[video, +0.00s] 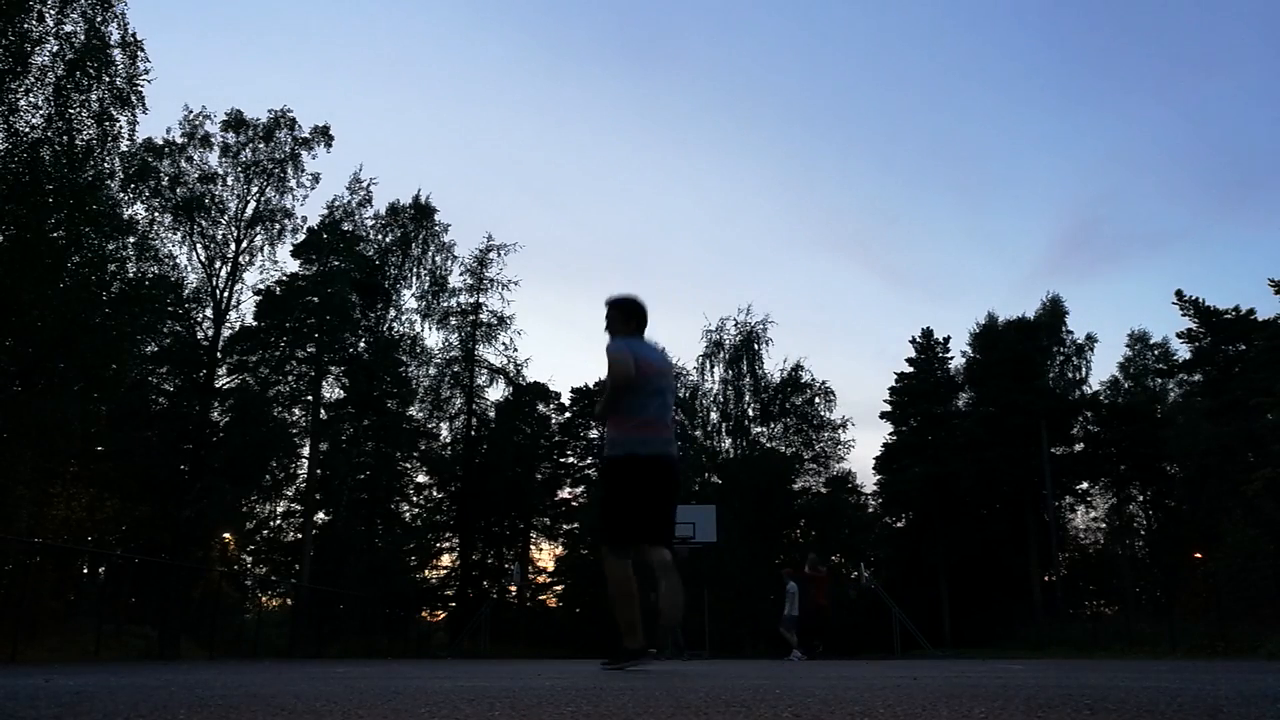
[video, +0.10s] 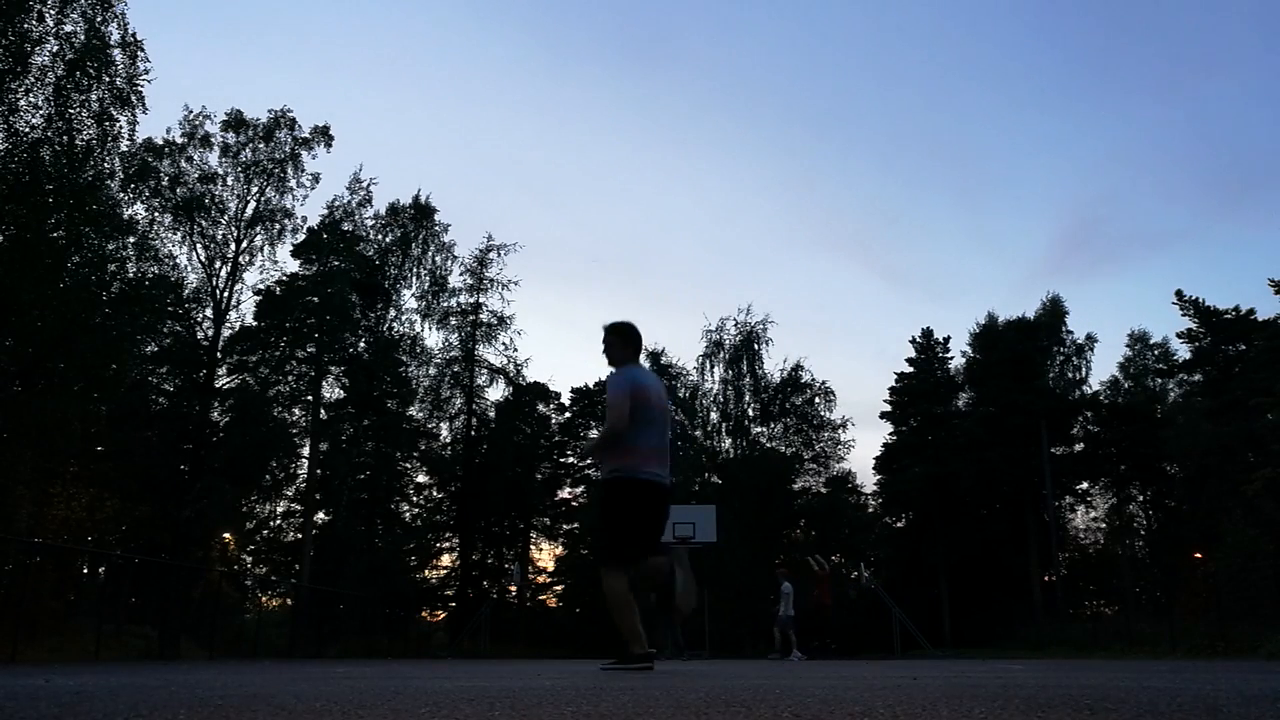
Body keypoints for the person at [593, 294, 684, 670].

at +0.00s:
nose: (606, 325)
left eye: (609, 319)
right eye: (607, 318)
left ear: (620, 320)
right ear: (641, 321)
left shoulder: (618, 346)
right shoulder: (659, 356)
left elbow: (622, 377)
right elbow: (664, 406)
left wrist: (601, 409)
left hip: (626, 465)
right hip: (662, 466)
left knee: (616, 550)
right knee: (657, 548)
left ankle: (632, 645)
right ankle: (672, 639)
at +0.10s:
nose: (603, 351)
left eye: (607, 344)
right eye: (604, 344)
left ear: (621, 346)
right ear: (636, 347)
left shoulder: (620, 379)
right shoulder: (655, 383)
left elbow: (616, 425)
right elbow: (661, 432)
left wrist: (592, 448)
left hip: (625, 485)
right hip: (655, 486)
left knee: (613, 568)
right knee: (636, 563)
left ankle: (637, 651)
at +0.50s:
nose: (620, 386)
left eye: (626, 380)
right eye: (618, 380)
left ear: (640, 384)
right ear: (616, 383)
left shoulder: (653, 413)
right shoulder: (620, 418)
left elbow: (663, 452)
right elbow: (617, 457)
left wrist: (627, 446)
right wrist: (596, 484)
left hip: (649, 499)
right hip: (625, 499)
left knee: (624, 557)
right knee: (623, 567)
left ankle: (662, 628)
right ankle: (635, 650)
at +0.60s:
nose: (629, 392)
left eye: (636, 387)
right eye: (627, 387)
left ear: (648, 391)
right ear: (623, 391)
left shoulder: (660, 420)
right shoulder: (621, 424)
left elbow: (672, 457)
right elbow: (613, 464)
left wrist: (635, 451)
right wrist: (588, 484)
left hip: (652, 507)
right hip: (624, 506)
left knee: (635, 569)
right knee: (619, 575)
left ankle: (672, 637)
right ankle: (634, 652)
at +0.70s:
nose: (640, 388)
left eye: (645, 383)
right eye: (636, 383)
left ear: (656, 386)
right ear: (631, 387)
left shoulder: (667, 418)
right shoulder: (623, 418)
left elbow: (680, 453)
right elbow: (614, 452)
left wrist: (643, 442)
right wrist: (599, 468)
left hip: (658, 505)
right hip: (627, 504)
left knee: (656, 575)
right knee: (629, 576)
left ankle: (671, 641)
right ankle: (635, 651)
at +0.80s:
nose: (646, 391)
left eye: (652, 387)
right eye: (643, 386)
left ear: (663, 391)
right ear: (637, 389)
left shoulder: (674, 422)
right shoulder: (626, 420)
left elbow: (688, 459)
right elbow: (609, 448)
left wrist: (650, 443)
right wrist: (609, 461)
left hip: (665, 509)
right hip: (631, 508)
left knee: (667, 579)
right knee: (633, 578)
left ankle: (675, 644)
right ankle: (636, 650)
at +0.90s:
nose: (655, 398)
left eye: (661, 393)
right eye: (651, 393)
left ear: (671, 400)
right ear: (644, 398)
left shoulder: (681, 433)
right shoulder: (631, 432)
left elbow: (693, 470)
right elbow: (612, 462)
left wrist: (661, 458)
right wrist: (614, 483)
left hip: (671, 516)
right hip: (637, 514)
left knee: (672, 584)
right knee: (638, 580)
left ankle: (677, 650)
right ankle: (637, 650)